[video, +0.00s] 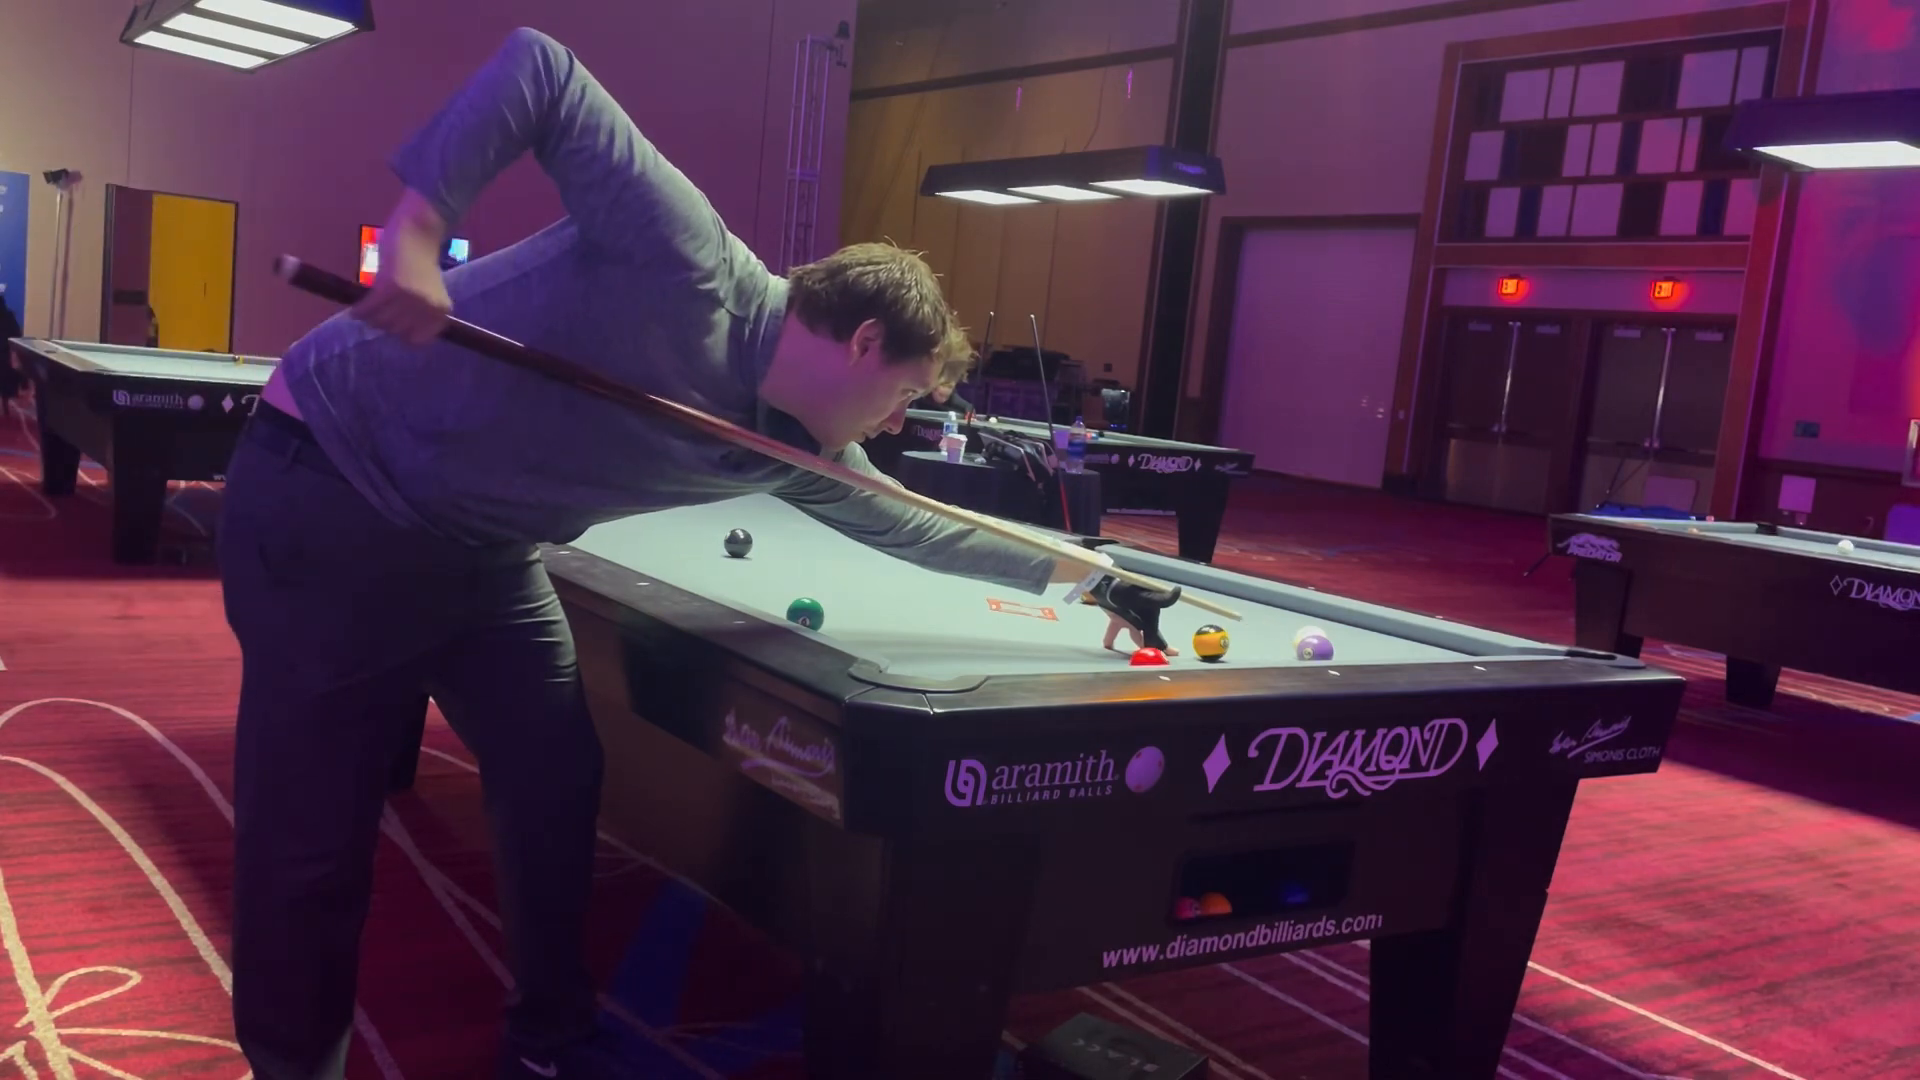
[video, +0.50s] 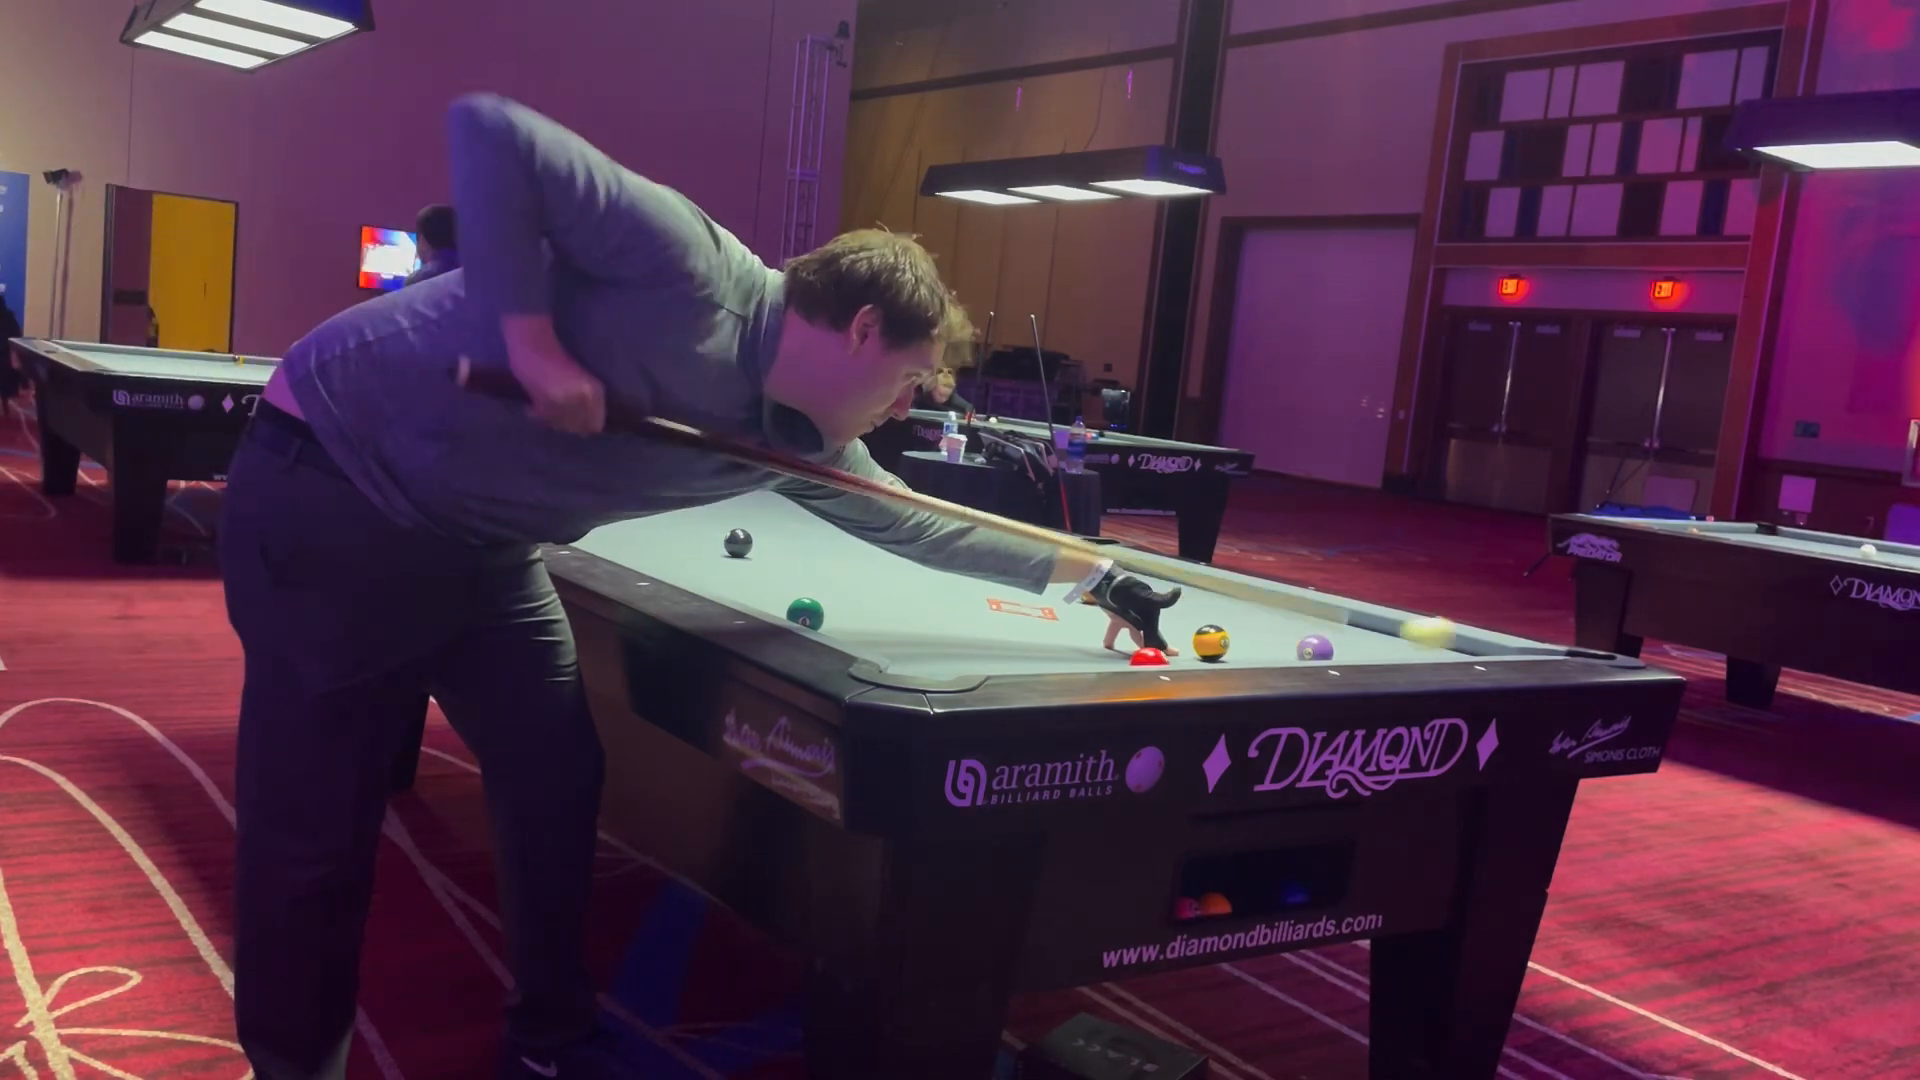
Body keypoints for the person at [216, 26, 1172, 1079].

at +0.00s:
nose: (891, 431)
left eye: (909, 411)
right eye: (903, 400)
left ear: (853, 347)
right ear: (860, 340)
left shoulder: (783, 437)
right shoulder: (682, 252)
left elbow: (911, 526)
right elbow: (536, 71)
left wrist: (1067, 563)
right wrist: (414, 229)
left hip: (485, 536)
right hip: (331, 478)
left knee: (553, 763)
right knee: (311, 826)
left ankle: (547, 1033)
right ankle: (294, 1056)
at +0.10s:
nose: (892, 431)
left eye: (910, 411)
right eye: (904, 400)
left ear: (853, 348)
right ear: (860, 340)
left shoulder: (789, 440)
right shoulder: (679, 250)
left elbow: (915, 527)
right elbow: (534, 73)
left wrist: (1070, 563)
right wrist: (385, 200)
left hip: (485, 534)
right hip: (331, 477)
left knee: (553, 765)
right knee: (311, 830)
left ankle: (547, 1034)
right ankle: (293, 1059)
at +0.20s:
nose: (894, 430)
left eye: (912, 411)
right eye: (906, 399)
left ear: (854, 348)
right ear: (860, 340)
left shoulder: (789, 442)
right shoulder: (678, 248)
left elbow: (916, 527)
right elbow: (535, 71)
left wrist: (1067, 563)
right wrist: (374, 184)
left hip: (486, 535)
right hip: (331, 478)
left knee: (554, 766)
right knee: (312, 826)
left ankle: (548, 1035)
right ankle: (293, 1058)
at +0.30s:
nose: (892, 432)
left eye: (910, 413)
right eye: (905, 401)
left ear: (854, 349)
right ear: (860, 341)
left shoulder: (787, 442)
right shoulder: (679, 249)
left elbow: (918, 528)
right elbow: (537, 69)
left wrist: (1070, 563)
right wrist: (380, 194)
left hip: (486, 536)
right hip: (333, 478)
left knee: (553, 764)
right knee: (313, 827)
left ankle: (548, 1034)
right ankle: (293, 1062)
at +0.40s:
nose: (892, 433)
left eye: (910, 414)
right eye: (904, 403)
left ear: (853, 349)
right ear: (858, 342)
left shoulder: (782, 433)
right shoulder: (684, 252)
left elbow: (907, 527)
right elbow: (534, 76)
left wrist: (1063, 563)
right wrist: (436, 247)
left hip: (486, 536)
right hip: (335, 480)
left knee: (553, 764)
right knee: (314, 826)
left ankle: (547, 1034)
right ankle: (292, 1058)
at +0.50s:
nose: (901, 418)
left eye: (915, 400)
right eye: (911, 389)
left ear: (856, 338)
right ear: (865, 327)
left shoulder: (783, 432)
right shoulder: (688, 264)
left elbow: (911, 525)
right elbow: (488, 129)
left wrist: (1066, 563)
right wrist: (530, 335)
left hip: (484, 530)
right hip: (335, 479)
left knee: (556, 766)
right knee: (315, 814)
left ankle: (549, 1029)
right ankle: (293, 1052)